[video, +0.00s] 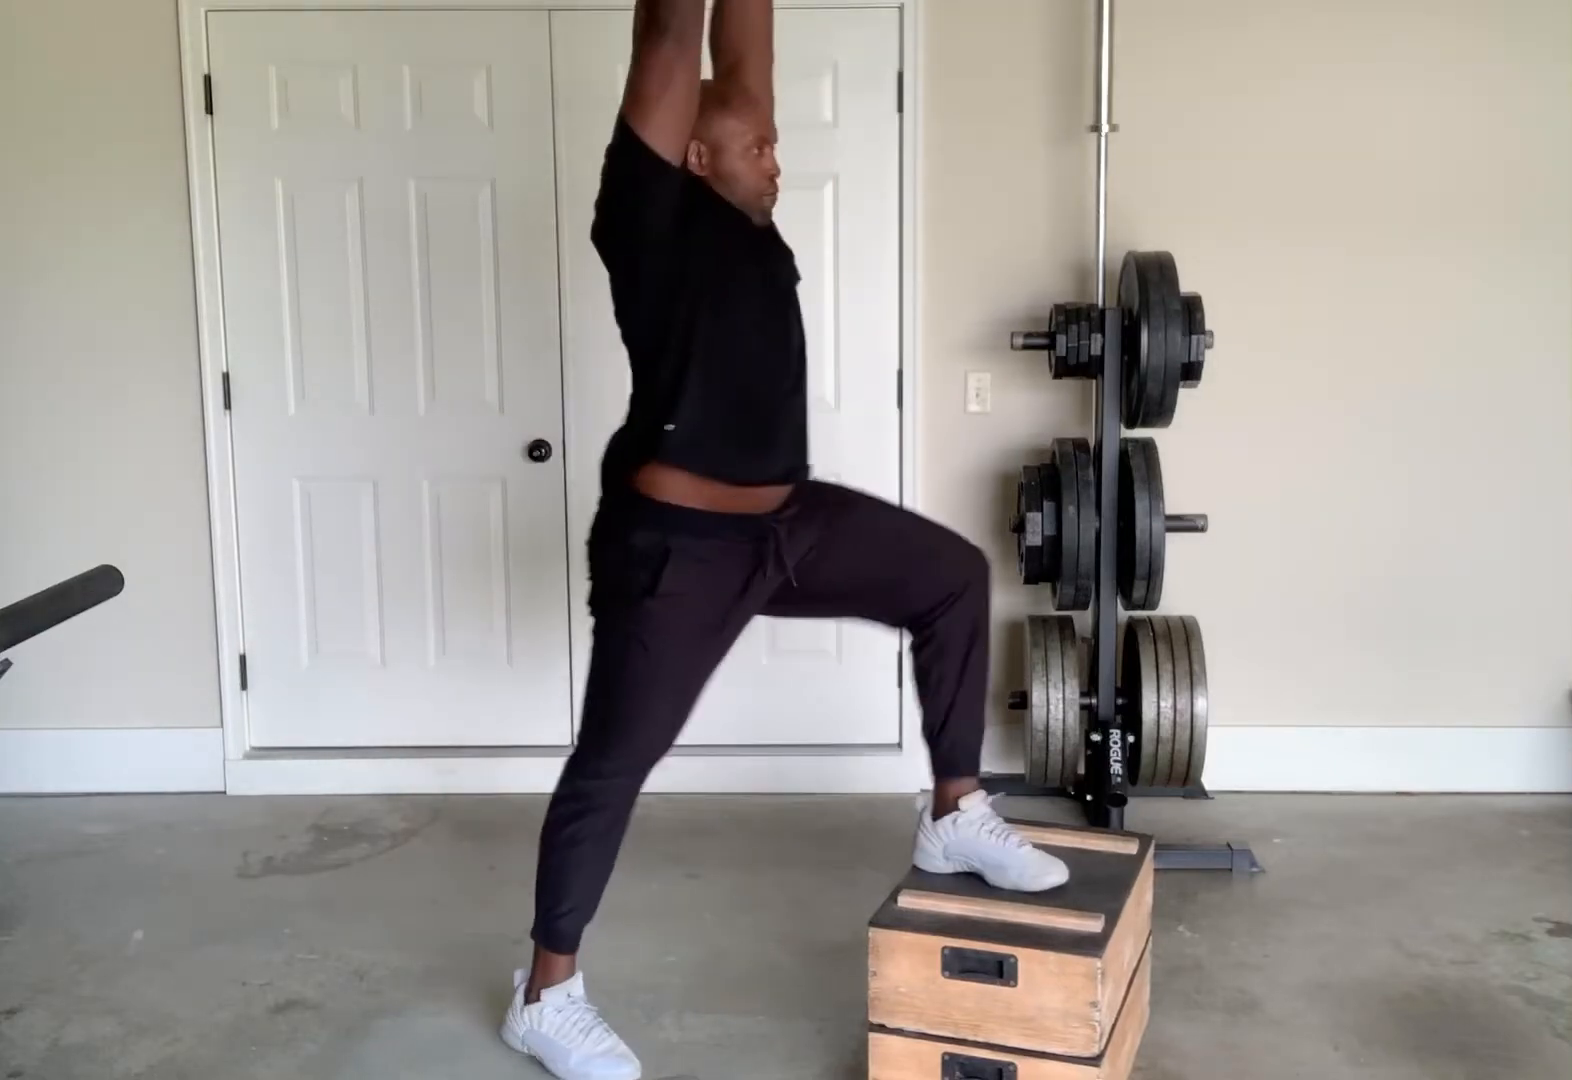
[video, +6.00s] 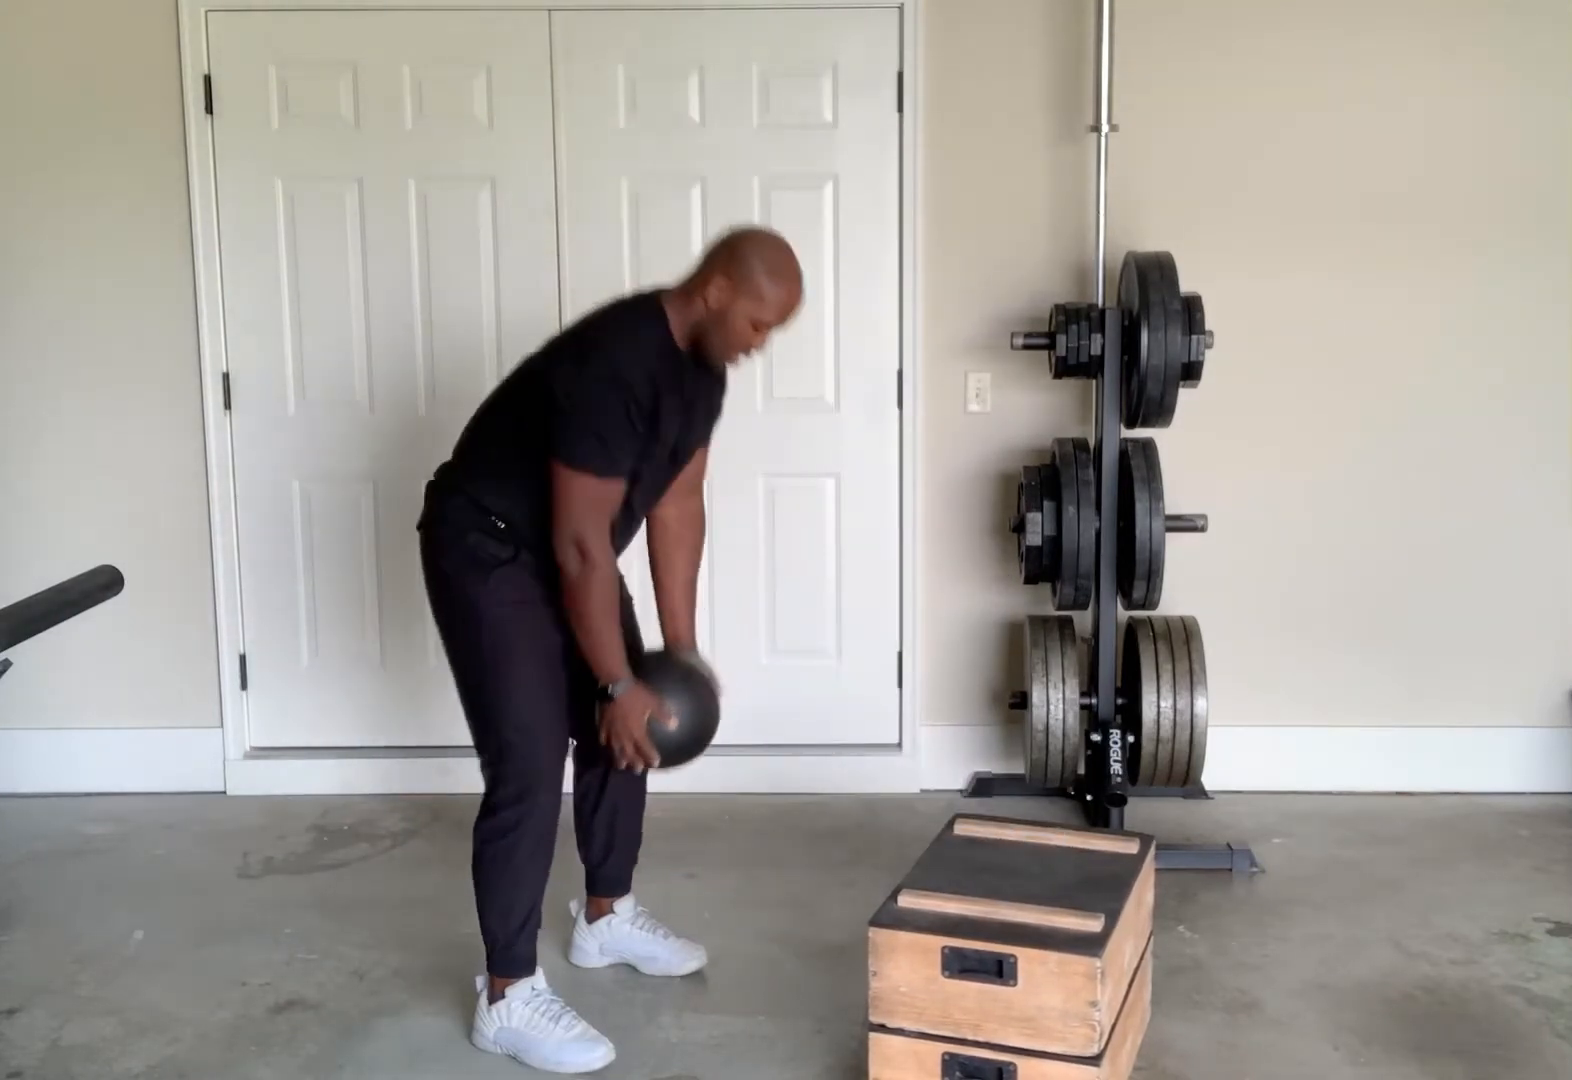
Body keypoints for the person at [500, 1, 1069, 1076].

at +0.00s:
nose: (774, 158)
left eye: (772, 140)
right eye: (754, 141)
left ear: (752, 150)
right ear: (697, 147)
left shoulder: (749, 227)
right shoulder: (646, 212)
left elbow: (747, 72)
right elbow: (665, 35)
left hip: (789, 515)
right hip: (673, 537)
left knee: (953, 577)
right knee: (611, 766)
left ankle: (957, 814)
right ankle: (548, 991)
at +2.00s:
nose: (664, 227)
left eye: (671, 211)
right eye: (655, 208)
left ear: (635, 196)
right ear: (599, 184)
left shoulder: (630, 287)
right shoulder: (526, 288)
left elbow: (639, 422)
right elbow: (511, 461)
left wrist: (679, 532)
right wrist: (626, 569)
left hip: (621, 553)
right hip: (539, 560)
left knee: (640, 733)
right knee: (553, 759)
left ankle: (625, 914)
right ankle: (522, 994)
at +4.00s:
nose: (821, 134)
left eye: (823, 115)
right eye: (796, 113)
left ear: (815, 122)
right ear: (739, 122)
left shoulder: (803, 196)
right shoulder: (703, 204)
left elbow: (837, 71)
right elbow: (712, 47)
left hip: (816, 476)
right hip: (767, 479)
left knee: (754, 685)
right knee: (971, 592)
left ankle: (674, 869)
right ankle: (951, 820)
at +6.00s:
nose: (760, 341)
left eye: (772, 328)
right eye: (758, 321)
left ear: (734, 300)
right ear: (714, 286)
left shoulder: (701, 366)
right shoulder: (614, 360)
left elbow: (678, 503)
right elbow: (578, 546)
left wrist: (679, 651)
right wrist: (617, 689)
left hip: (571, 544)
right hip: (485, 544)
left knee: (622, 715)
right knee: (528, 759)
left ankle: (606, 916)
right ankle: (506, 991)